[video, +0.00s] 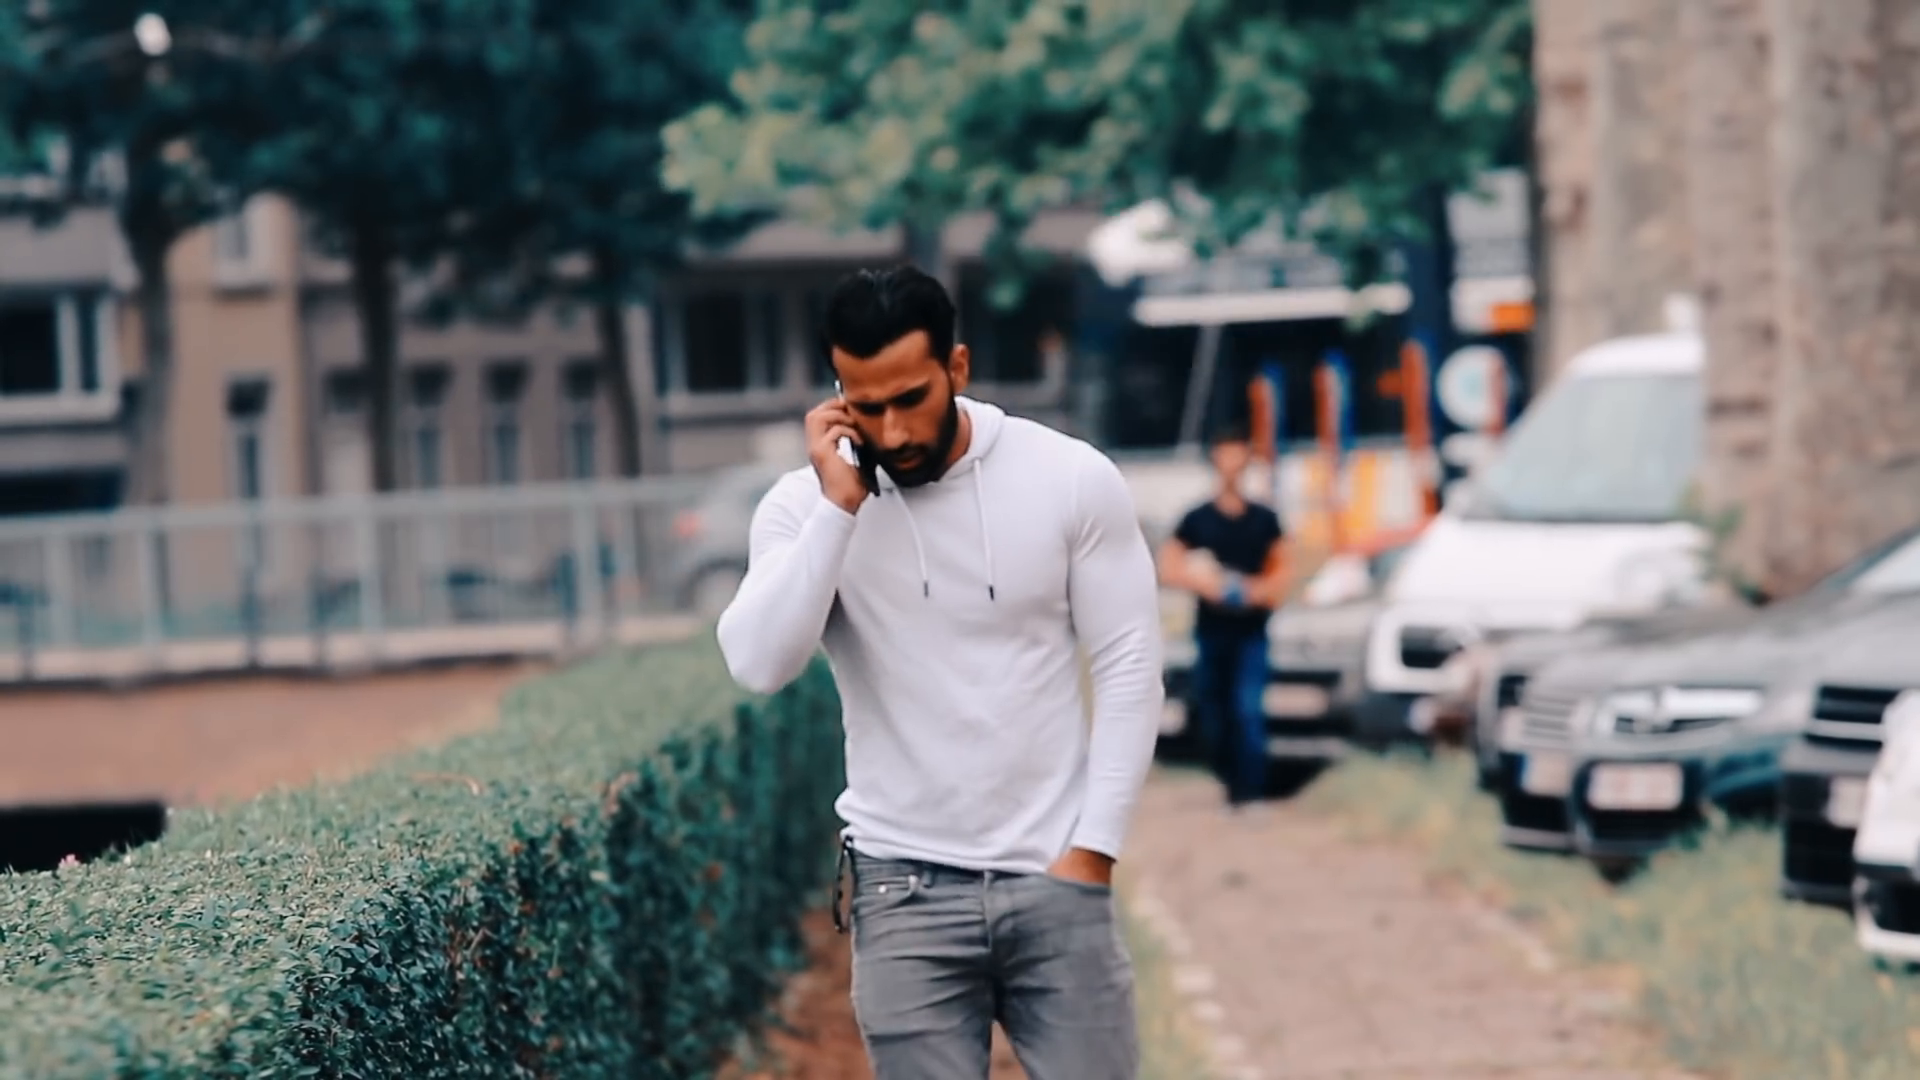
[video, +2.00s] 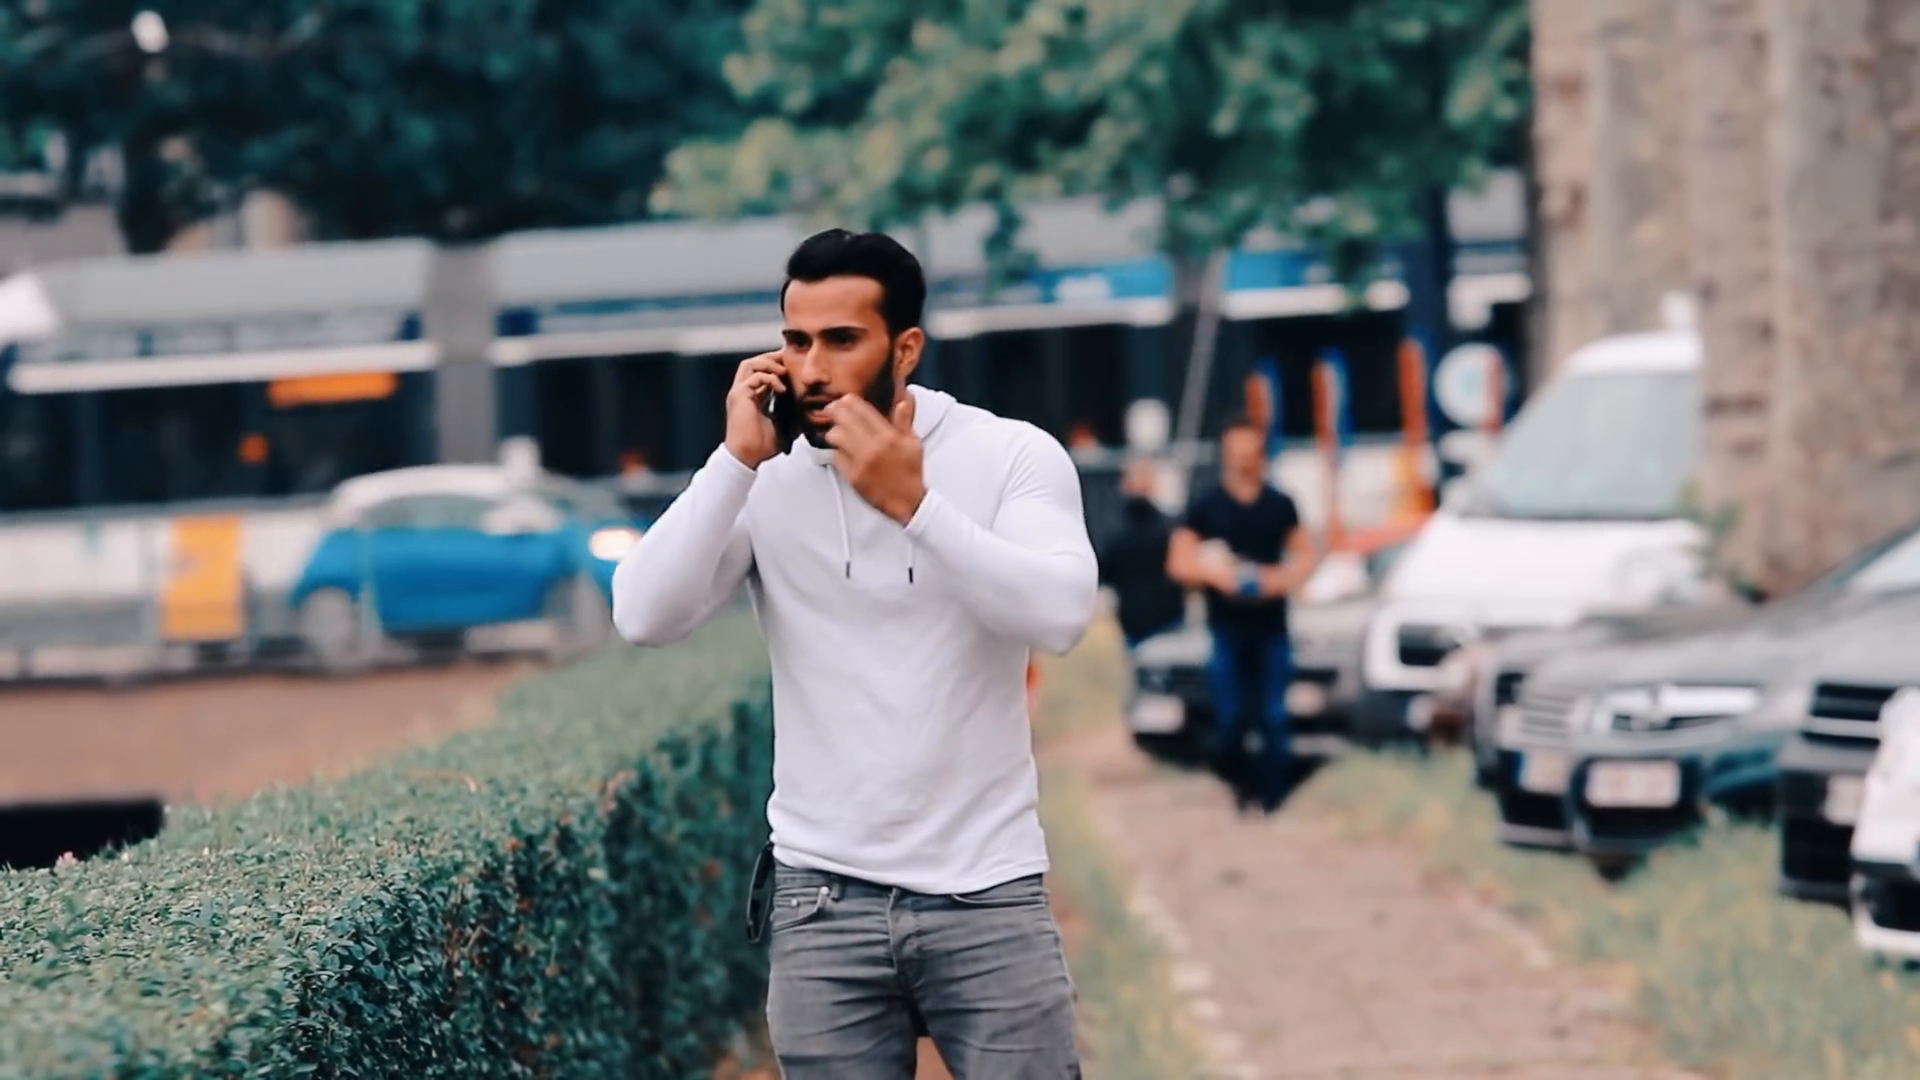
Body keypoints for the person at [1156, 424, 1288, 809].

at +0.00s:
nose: (1231, 461)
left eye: (1237, 453)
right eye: (1224, 453)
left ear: (1248, 459)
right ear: (1214, 460)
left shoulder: (1264, 519)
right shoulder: (1199, 518)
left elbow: (1283, 572)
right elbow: (1169, 566)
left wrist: (1257, 590)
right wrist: (1208, 584)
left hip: (1251, 630)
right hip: (1212, 630)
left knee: (1247, 707)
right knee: (1211, 709)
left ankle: (1250, 790)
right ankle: (1230, 783)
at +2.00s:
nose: (1245, 460)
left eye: (1252, 452)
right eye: (1237, 452)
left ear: (1262, 454)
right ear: (1225, 454)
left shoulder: (1279, 505)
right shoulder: (1207, 505)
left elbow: (1306, 555)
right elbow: (1179, 563)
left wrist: (1278, 580)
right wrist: (1220, 575)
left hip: (1270, 624)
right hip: (1227, 626)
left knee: (1273, 713)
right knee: (1230, 713)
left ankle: (1272, 790)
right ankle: (1240, 784)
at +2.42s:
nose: (1234, 463)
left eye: (1241, 454)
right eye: (1226, 454)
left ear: (1253, 455)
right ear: (1215, 457)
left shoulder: (1273, 504)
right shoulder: (1201, 511)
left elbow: (1305, 555)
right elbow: (1176, 570)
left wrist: (1277, 582)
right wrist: (1213, 578)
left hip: (1266, 619)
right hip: (1224, 622)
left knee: (1274, 708)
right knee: (1239, 710)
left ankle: (1278, 788)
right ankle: (1248, 792)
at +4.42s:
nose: (1201, 438)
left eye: (1208, 430)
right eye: (1194, 430)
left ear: (1221, 429)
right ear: (1183, 431)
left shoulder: (1246, 481)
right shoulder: (1172, 482)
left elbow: (1269, 542)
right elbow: (1144, 544)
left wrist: (1244, 567)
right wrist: (1185, 563)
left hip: (1236, 606)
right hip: (1190, 608)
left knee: (1243, 695)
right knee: (1199, 703)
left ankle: (1243, 784)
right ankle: (1212, 791)